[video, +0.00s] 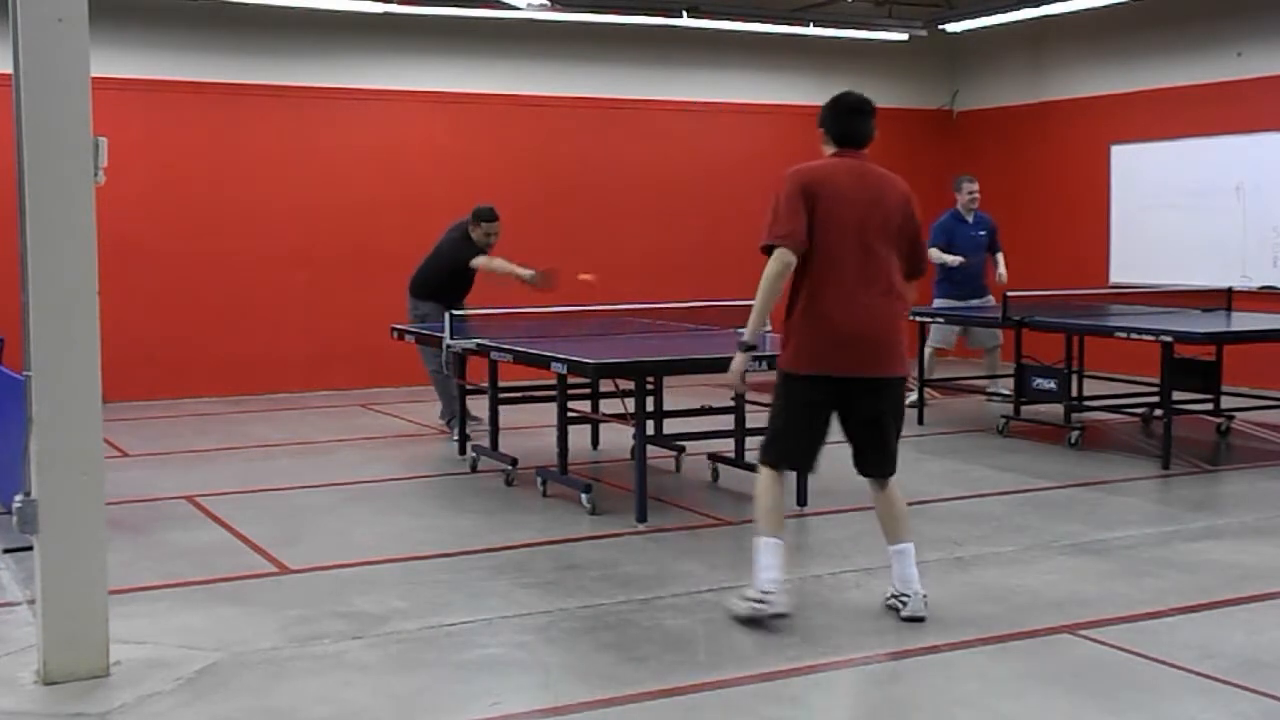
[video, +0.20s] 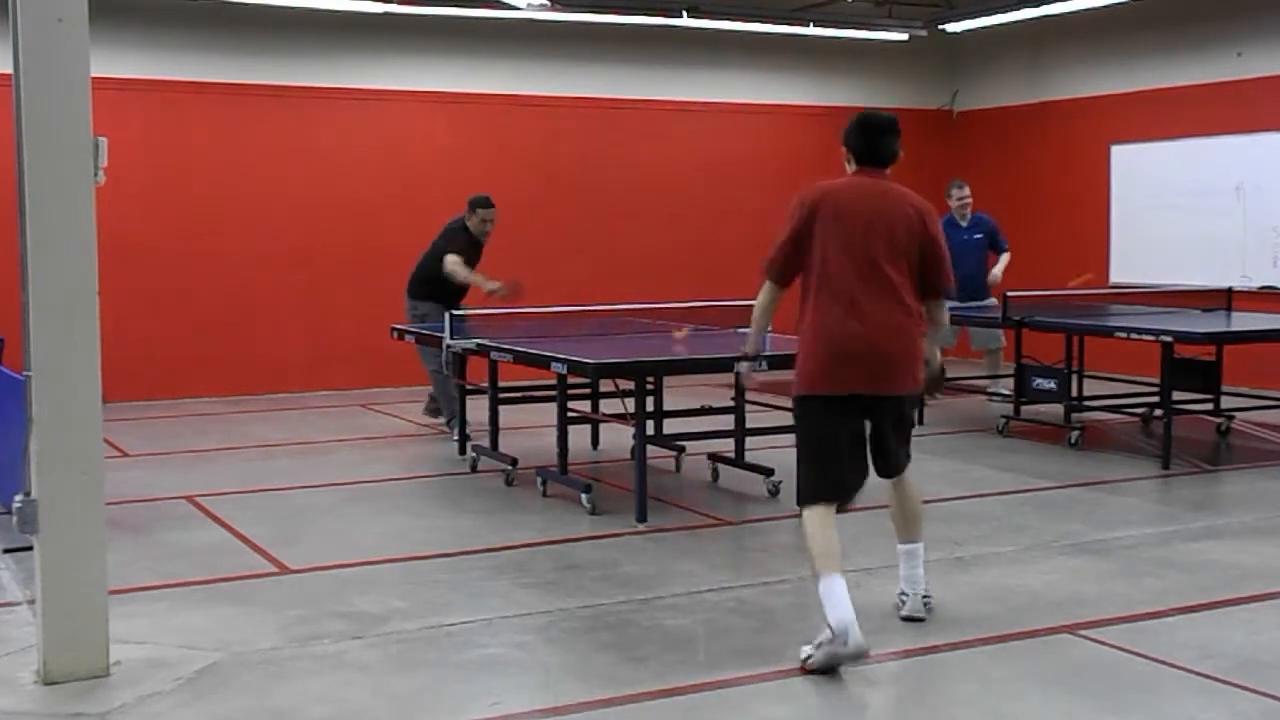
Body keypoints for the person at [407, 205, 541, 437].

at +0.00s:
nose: (493, 240)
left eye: (496, 234)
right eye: (488, 234)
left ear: (498, 229)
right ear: (473, 228)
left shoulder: (473, 232)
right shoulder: (459, 245)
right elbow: (489, 264)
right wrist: (521, 272)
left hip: (452, 302)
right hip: (427, 303)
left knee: (459, 354)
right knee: (438, 361)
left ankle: (457, 406)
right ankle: (453, 416)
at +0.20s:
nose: (489, 228)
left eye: (492, 222)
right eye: (484, 221)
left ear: (494, 219)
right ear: (470, 217)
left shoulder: (475, 235)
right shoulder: (456, 235)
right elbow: (451, 266)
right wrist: (485, 283)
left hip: (448, 303)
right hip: (426, 303)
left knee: (458, 352)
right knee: (439, 360)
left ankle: (436, 401)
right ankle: (454, 419)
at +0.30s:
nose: (484, 220)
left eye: (486, 214)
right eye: (478, 214)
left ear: (488, 213)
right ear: (464, 213)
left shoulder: (476, 234)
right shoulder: (449, 233)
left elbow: (460, 267)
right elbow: (428, 271)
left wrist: (463, 295)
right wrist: (456, 299)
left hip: (450, 304)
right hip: (425, 304)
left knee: (454, 358)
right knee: (437, 361)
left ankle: (430, 407)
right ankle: (454, 418)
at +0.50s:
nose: (470, 208)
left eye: (473, 203)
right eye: (464, 203)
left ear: (476, 203)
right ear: (450, 202)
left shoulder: (474, 227)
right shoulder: (430, 226)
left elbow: (476, 257)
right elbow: (402, 256)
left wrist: (491, 289)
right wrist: (419, 290)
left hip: (446, 302)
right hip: (419, 301)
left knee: (453, 358)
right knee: (431, 357)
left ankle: (428, 407)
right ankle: (441, 413)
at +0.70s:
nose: (459, 194)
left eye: (462, 189)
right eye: (453, 189)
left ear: (466, 190)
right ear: (440, 189)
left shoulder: (468, 214)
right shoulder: (421, 218)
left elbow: (477, 245)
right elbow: (399, 252)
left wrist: (494, 270)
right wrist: (421, 282)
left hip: (445, 297)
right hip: (416, 296)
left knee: (447, 352)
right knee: (417, 350)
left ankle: (431, 410)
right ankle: (403, 410)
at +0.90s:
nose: (454, 199)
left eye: (457, 194)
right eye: (448, 194)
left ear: (462, 195)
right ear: (436, 195)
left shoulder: (467, 218)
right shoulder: (419, 221)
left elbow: (478, 250)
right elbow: (400, 257)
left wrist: (490, 277)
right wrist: (425, 286)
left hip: (451, 296)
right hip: (415, 296)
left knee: (466, 346)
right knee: (405, 350)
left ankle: (461, 398)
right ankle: (400, 410)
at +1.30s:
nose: (466, 237)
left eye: (470, 231)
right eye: (461, 231)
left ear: (476, 229)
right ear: (450, 228)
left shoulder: (480, 246)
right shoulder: (433, 241)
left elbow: (494, 278)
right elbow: (394, 262)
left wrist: (502, 301)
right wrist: (421, 290)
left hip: (458, 303)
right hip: (423, 303)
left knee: (481, 345)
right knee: (417, 348)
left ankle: (487, 404)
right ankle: (405, 411)